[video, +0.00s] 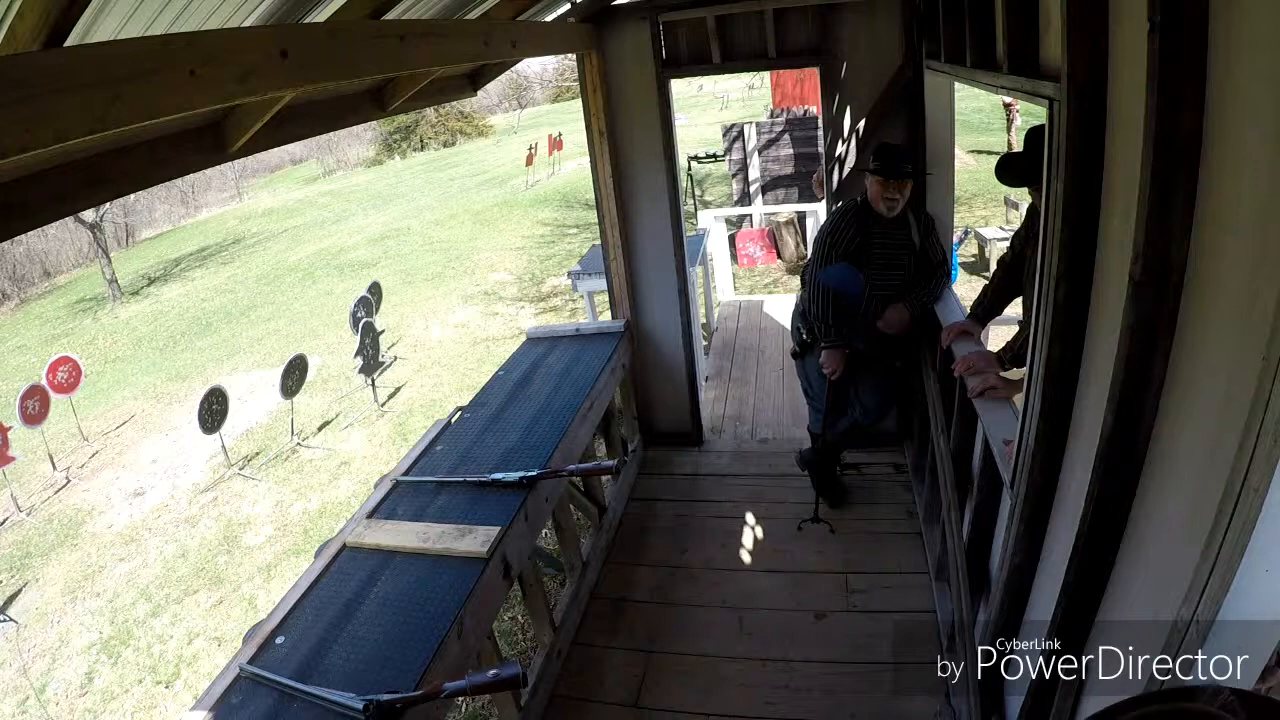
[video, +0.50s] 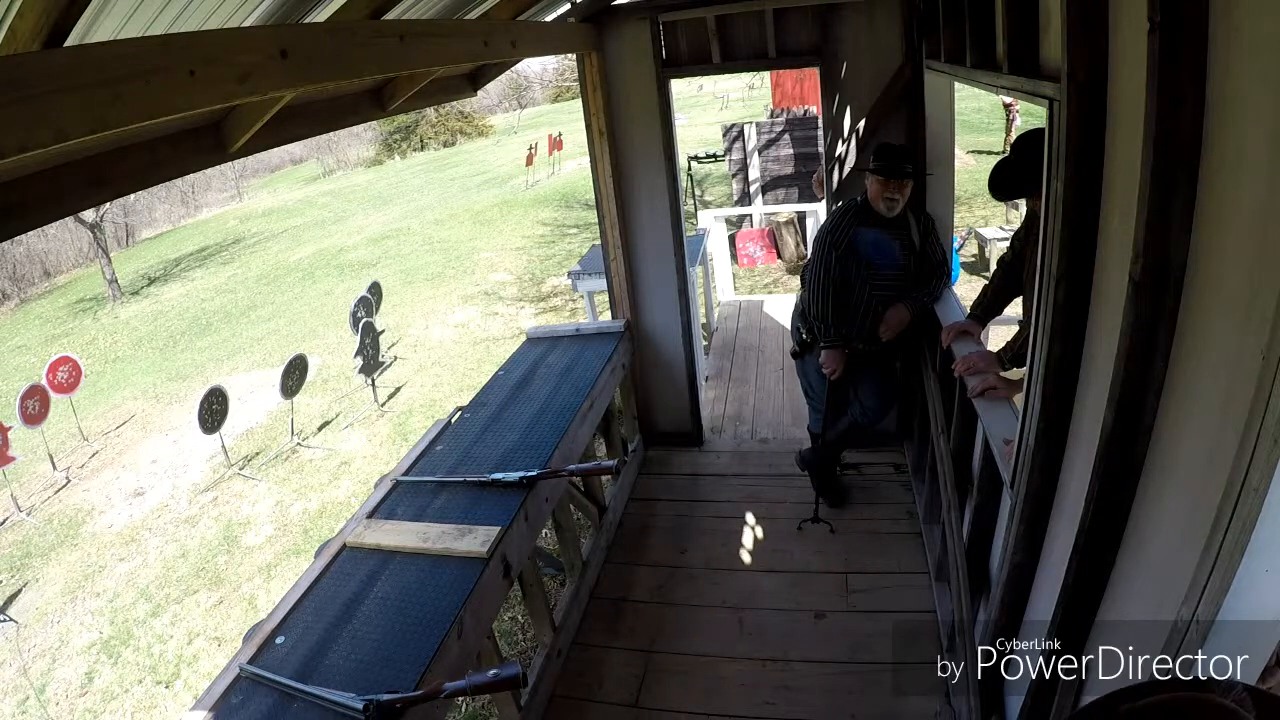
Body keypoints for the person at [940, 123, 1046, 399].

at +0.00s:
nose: (1031, 191)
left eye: (1037, 183)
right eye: (1030, 183)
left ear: (1055, 182)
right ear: (1032, 179)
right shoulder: (1040, 209)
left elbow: (1055, 308)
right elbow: (1014, 263)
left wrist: (1004, 358)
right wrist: (977, 318)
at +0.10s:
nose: (1031, 192)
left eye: (1037, 185)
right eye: (1030, 184)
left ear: (1056, 182)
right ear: (1032, 179)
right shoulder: (1040, 209)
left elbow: (1055, 308)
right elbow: (1014, 262)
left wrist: (1003, 357)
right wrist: (977, 319)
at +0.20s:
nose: (1031, 193)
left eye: (1035, 185)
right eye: (1029, 185)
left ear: (1054, 183)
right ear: (1033, 180)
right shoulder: (1041, 209)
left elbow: (1054, 308)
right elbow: (1014, 262)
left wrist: (1003, 357)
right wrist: (977, 319)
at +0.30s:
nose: (1031, 198)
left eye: (1035, 190)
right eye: (1029, 190)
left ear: (1053, 185)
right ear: (1030, 183)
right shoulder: (1040, 209)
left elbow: (1054, 309)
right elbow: (1014, 262)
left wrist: (1003, 358)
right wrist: (977, 319)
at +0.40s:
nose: (1031, 200)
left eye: (1035, 192)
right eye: (1029, 192)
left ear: (1052, 187)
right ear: (1029, 185)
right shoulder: (1040, 210)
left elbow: (1053, 311)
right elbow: (1014, 263)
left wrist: (1003, 358)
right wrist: (977, 319)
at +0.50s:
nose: (1031, 202)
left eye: (1036, 194)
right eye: (1029, 194)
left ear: (1054, 189)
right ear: (1028, 188)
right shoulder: (1039, 214)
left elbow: (1052, 311)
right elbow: (1013, 264)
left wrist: (1003, 358)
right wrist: (977, 319)